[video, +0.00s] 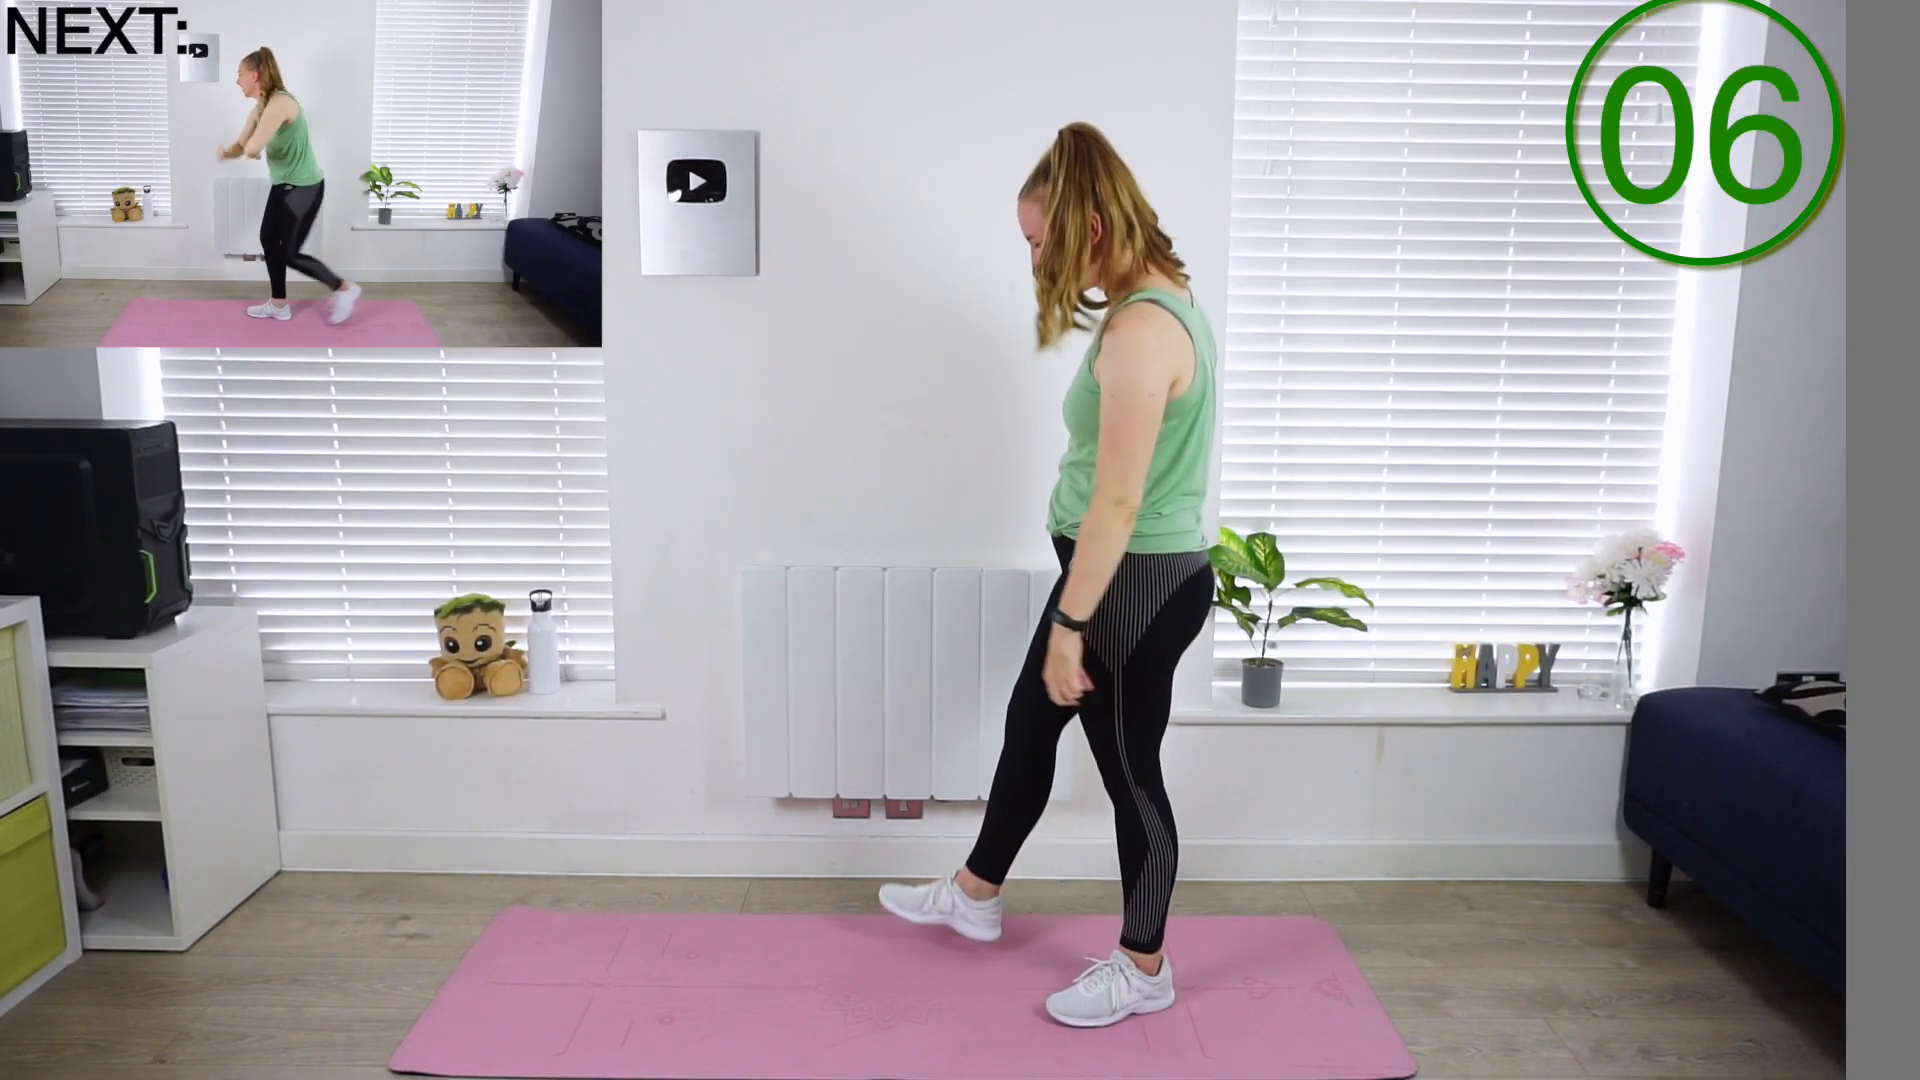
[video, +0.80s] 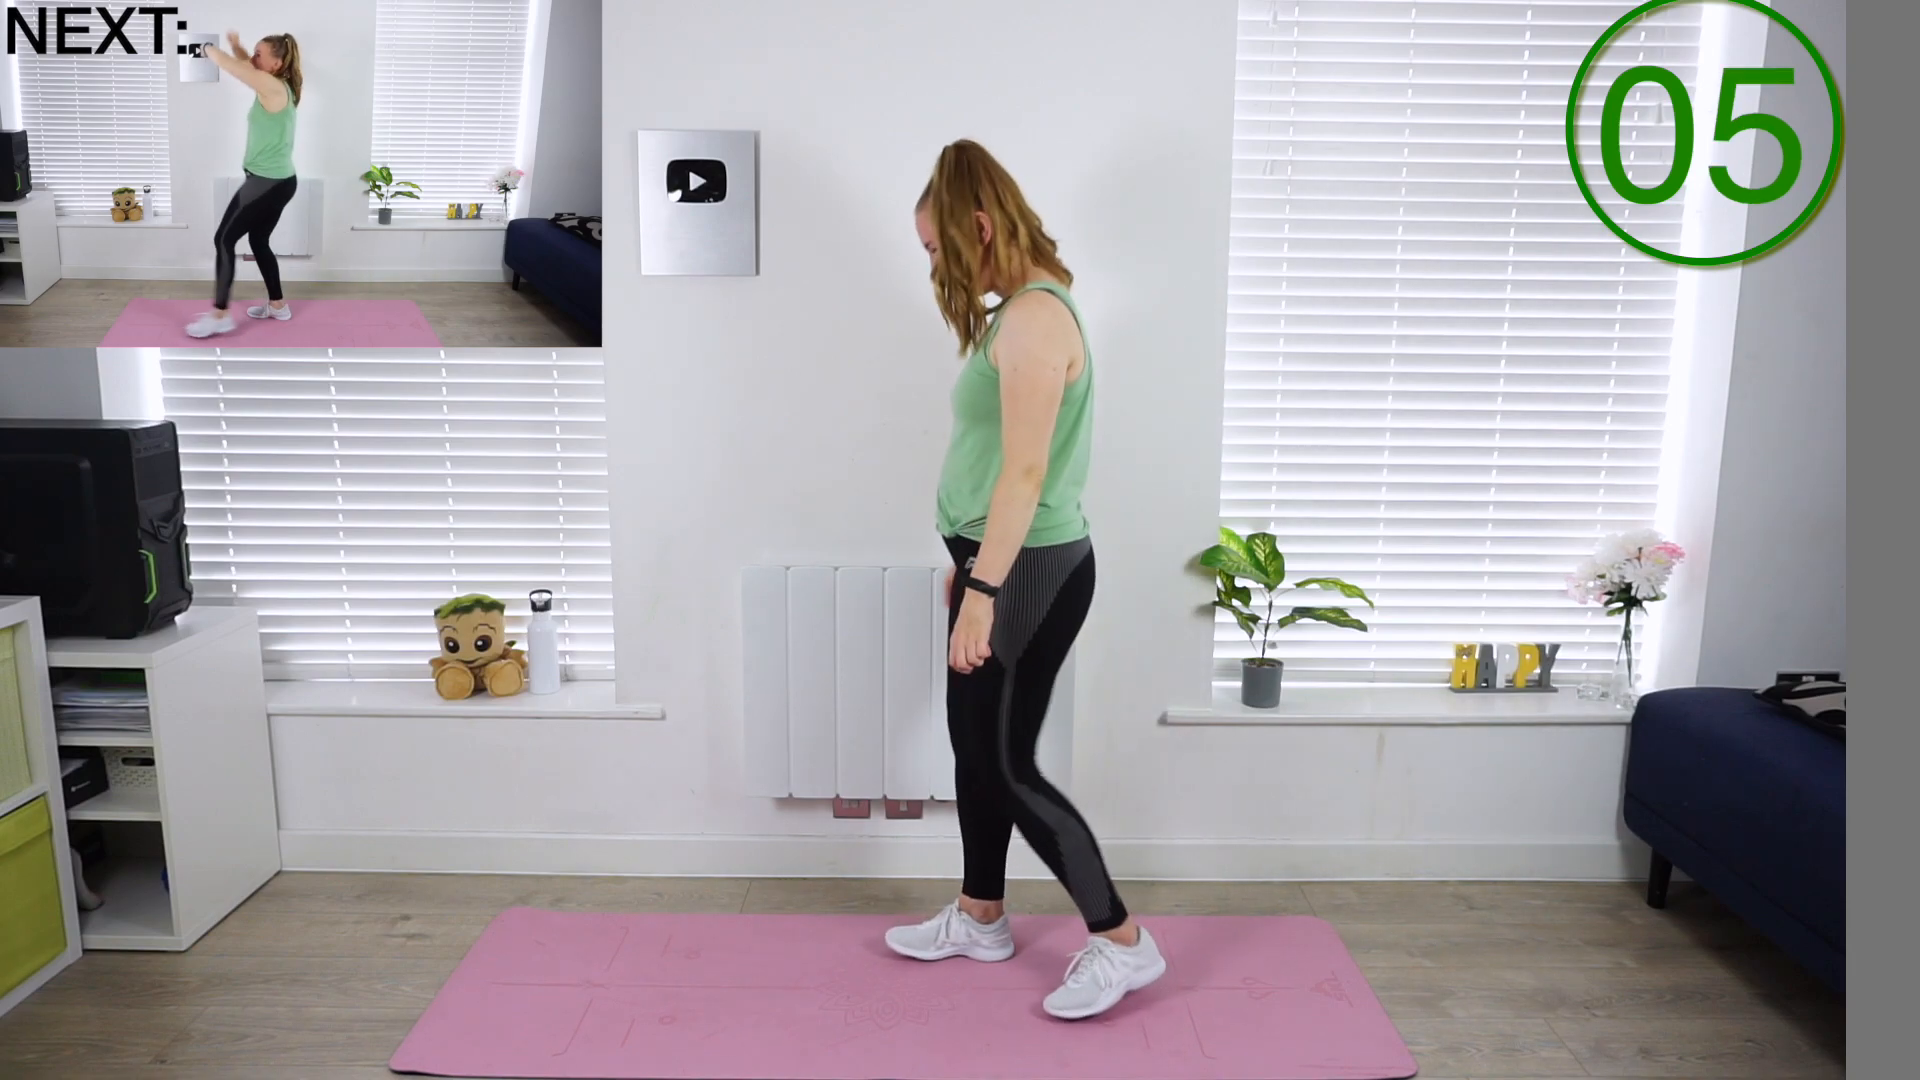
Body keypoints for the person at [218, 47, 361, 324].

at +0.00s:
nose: (238, 81)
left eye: (241, 75)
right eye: (238, 75)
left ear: (257, 77)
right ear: (256, 77)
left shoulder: (280, 103)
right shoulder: (261, 107)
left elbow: (253, 149)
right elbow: (243, 143)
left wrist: (251, 151)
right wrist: (229, 153)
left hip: (305, 186)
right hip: (283, 185)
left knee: (289, 252)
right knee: (269, 239)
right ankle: (279, 303)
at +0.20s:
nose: (235, 87)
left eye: (238, 80)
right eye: (236, 80)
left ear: (253, 81)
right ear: (253, 80)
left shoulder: (283, 106)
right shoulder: (257, 111)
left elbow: (267, 153)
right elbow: (253, 150)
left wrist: (247, 164)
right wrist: (262, 166)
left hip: (323, 181)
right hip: (295, 184)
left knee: (335, 242)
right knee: (271, 236)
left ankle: (367, 292)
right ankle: (279, 303)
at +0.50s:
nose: (242, 82)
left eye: (245, 77)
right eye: (243, 77)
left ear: (261, 81)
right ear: (261, 81)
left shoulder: (283, 105)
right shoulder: (263, 109)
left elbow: (255, 142)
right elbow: (239, 142)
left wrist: (247, 141)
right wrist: (220, 148)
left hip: (310, 192)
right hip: (285, 191)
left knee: (310, 258)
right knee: (259, 240)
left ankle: (361, 288)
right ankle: (278, 305)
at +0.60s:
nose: (246, 75)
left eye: (250, 70)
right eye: (247, 70)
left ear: (268, 75)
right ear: (268, 76)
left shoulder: (282, 99)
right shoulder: (271, 98)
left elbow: (236, 115)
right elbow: (238, 117)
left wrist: (234, 105)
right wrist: (228, 125)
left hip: (294, 189)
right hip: (278, 187)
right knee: (255, 243)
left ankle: (328, 285)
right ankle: (277, 305)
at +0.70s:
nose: (250, 68)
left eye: (255, 63)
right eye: (251, 62)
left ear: (275, 68)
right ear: (275, 68)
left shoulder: (278, 92)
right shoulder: (278, 92)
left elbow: (233, 86)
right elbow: (239, 88)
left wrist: (215, 69)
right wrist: (220, 73)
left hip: (281, 185)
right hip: (275, 183)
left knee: (238, 243)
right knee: (254, 242)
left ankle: (278, 302)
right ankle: (274, 300)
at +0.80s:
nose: (254, 59)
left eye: (259, 56)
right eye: (255, 55)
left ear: (278, 63)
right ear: (276, 65)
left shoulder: (272, 86)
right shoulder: (278, 84)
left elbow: (231, 67)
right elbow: (252, 70)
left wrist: (209, 49)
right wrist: (236, 48)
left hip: (267, 181)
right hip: (274, 179)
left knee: (225, 239)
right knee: (259, 241)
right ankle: (277, 305)